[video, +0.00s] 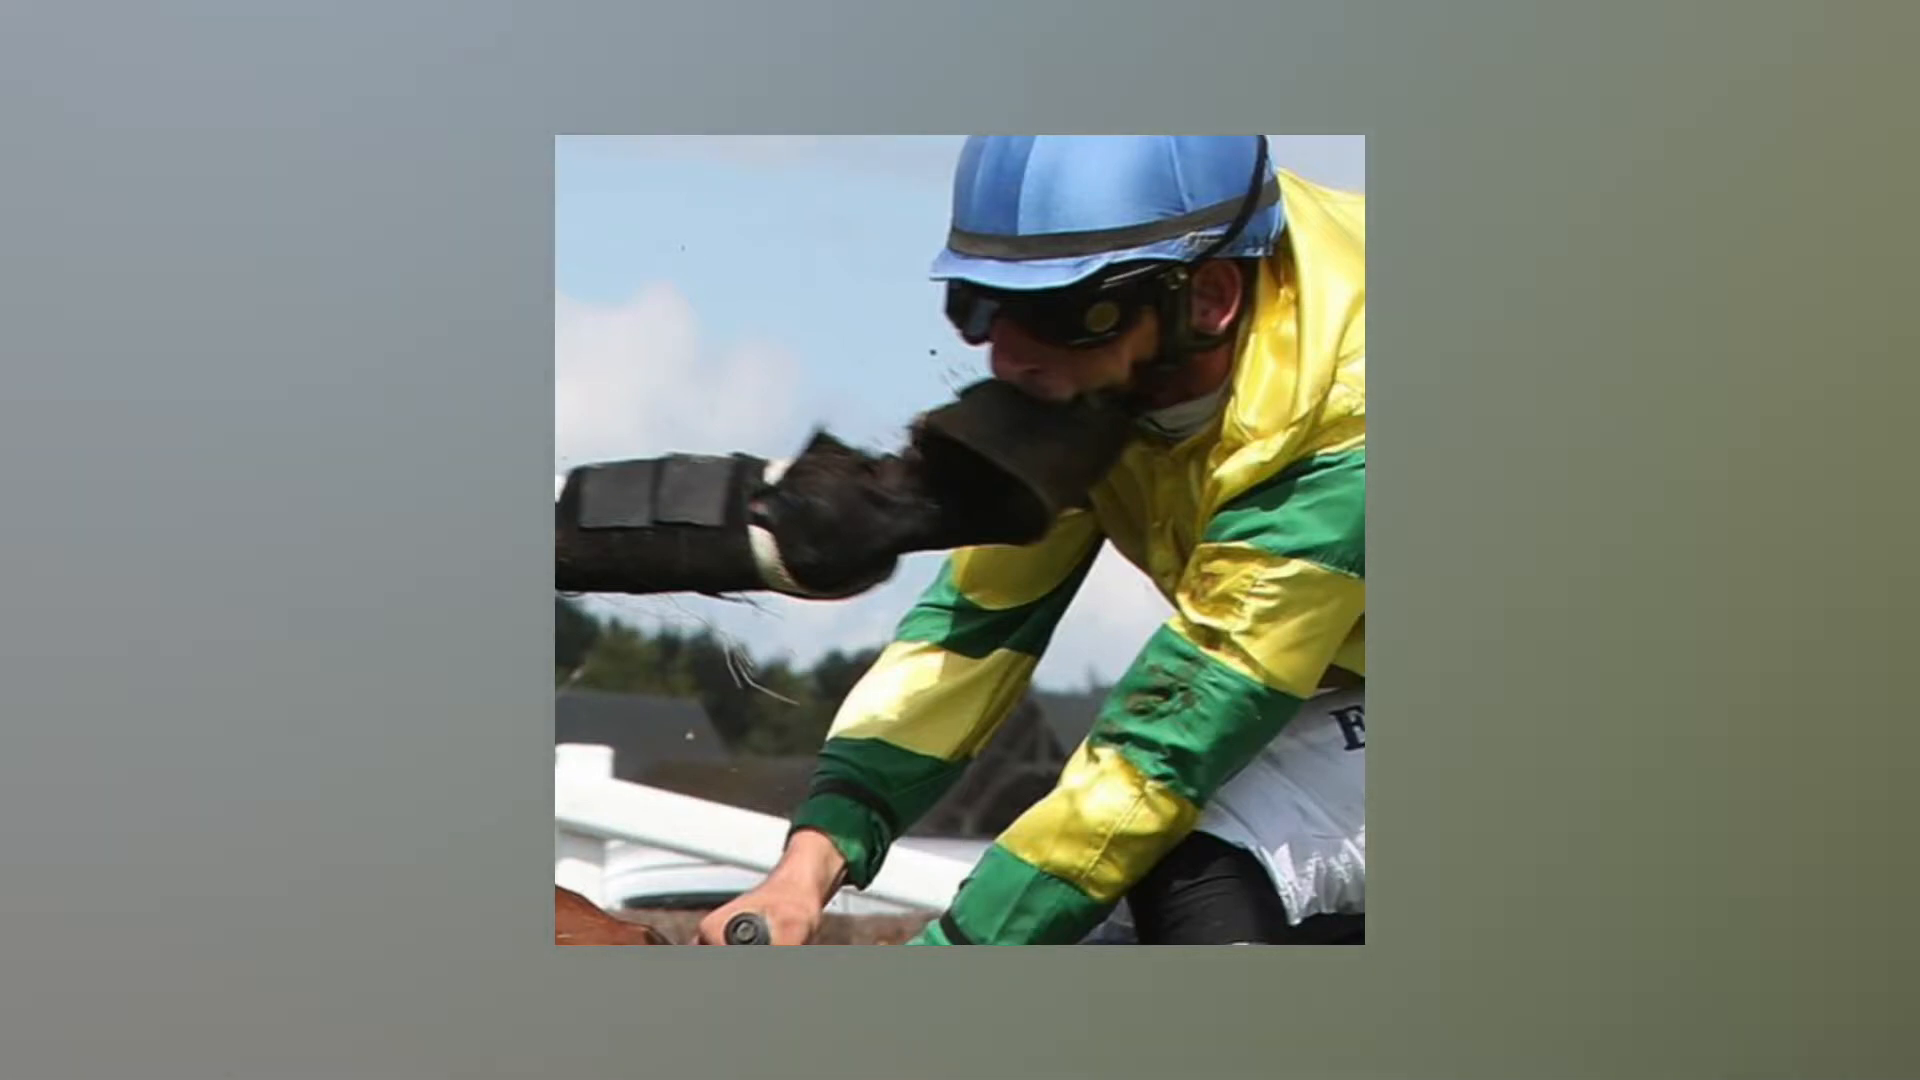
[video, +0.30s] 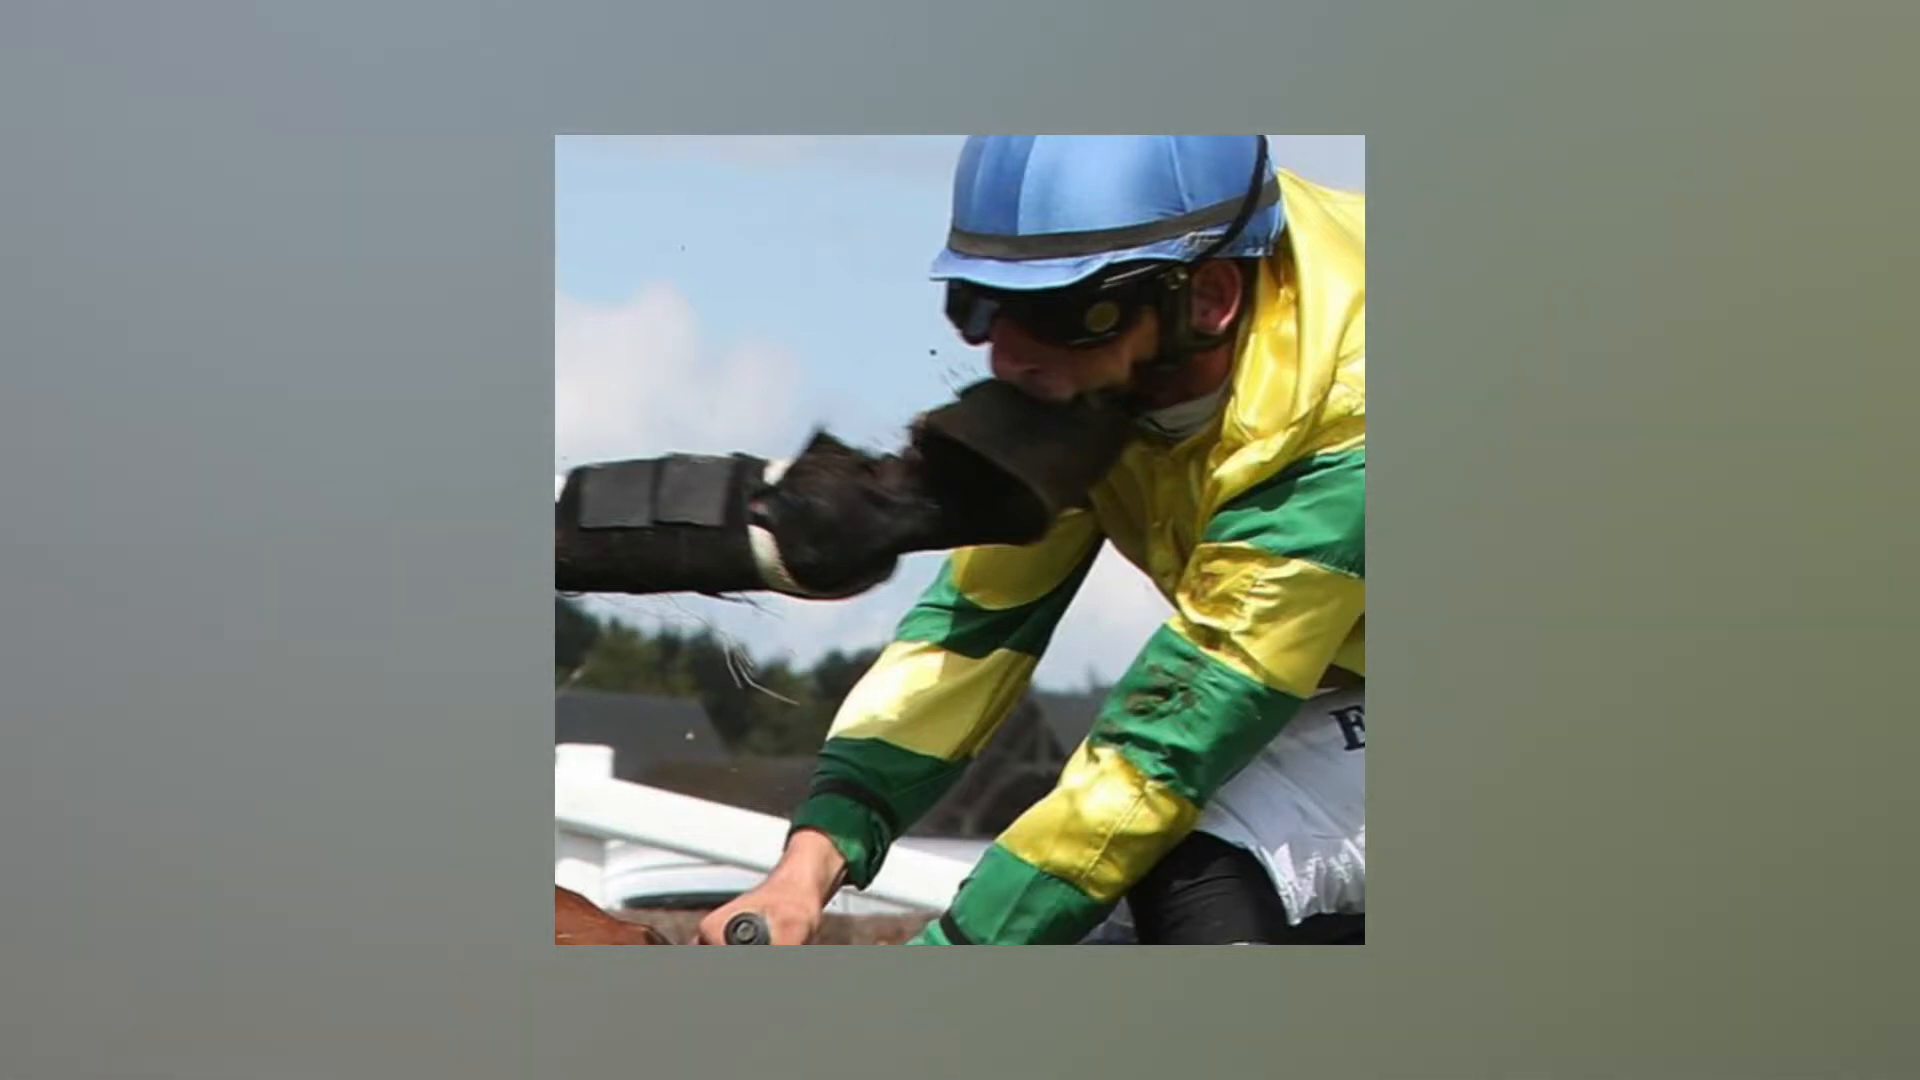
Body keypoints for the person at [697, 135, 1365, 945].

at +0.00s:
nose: (1005, 358)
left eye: (1054, 318)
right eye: (987, 309)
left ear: (1209, 299)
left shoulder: (1341, 429)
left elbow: (1160, 752)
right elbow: (969, 623)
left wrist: (933, 963)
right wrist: (804, 873)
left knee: (1204, 862)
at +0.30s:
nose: (1005, 358)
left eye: (1054, 319)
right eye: (988, 309)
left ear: (1209, 299)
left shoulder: (1342, 428)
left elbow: (1160, 752)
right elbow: (969, 624)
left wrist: (932, 967)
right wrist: (804, 872)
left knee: (1204, 861)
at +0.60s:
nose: (1005, 359)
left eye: (1056, 319)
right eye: (989, 310)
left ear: (1210, 298)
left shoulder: (1341, 429)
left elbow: (1161, 751)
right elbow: (969, 623)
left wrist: (934, 963)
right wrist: (804, 872)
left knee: (1204, 864)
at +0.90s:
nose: (1005, 359)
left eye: (1056, 319)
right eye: (989, 310)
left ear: (1210, 298)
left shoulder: (1341, 430)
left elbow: (1161, 751)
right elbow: (969, 623)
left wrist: (934, 962)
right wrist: (804, 872)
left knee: (1204, 864)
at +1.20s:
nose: (1005, 359)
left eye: (1056, 319)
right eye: (989, 310)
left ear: (1210, 298)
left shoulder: (1341, 430)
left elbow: (1161, 751)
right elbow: (969, 623)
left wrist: (933, 963)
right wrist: (804, 872)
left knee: (1205, 864)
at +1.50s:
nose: (1005, 358)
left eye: (1056, 319)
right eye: (989, 310)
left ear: (1209, 298)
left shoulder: (1341, 429)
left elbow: (1161, 751)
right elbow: (969, 623)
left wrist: (934, 965)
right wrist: (805, 871)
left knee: (1204, 864)